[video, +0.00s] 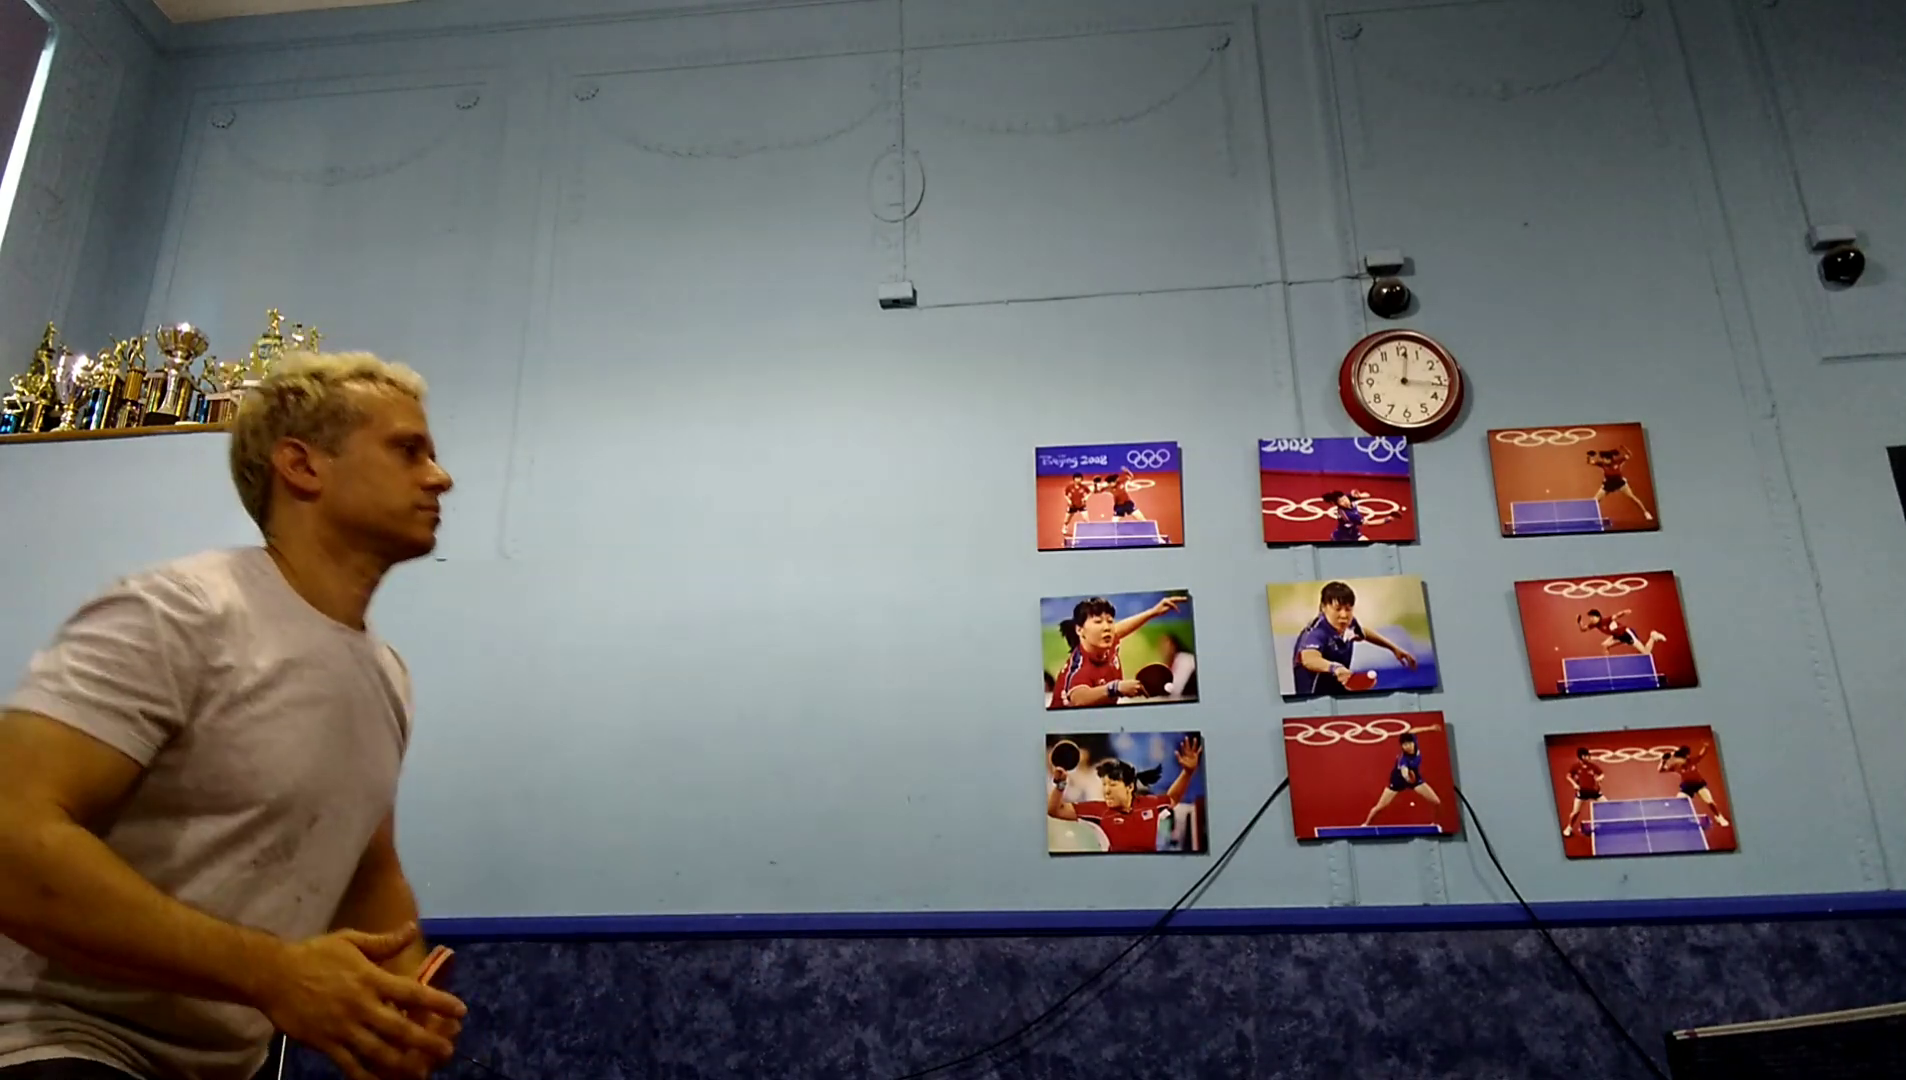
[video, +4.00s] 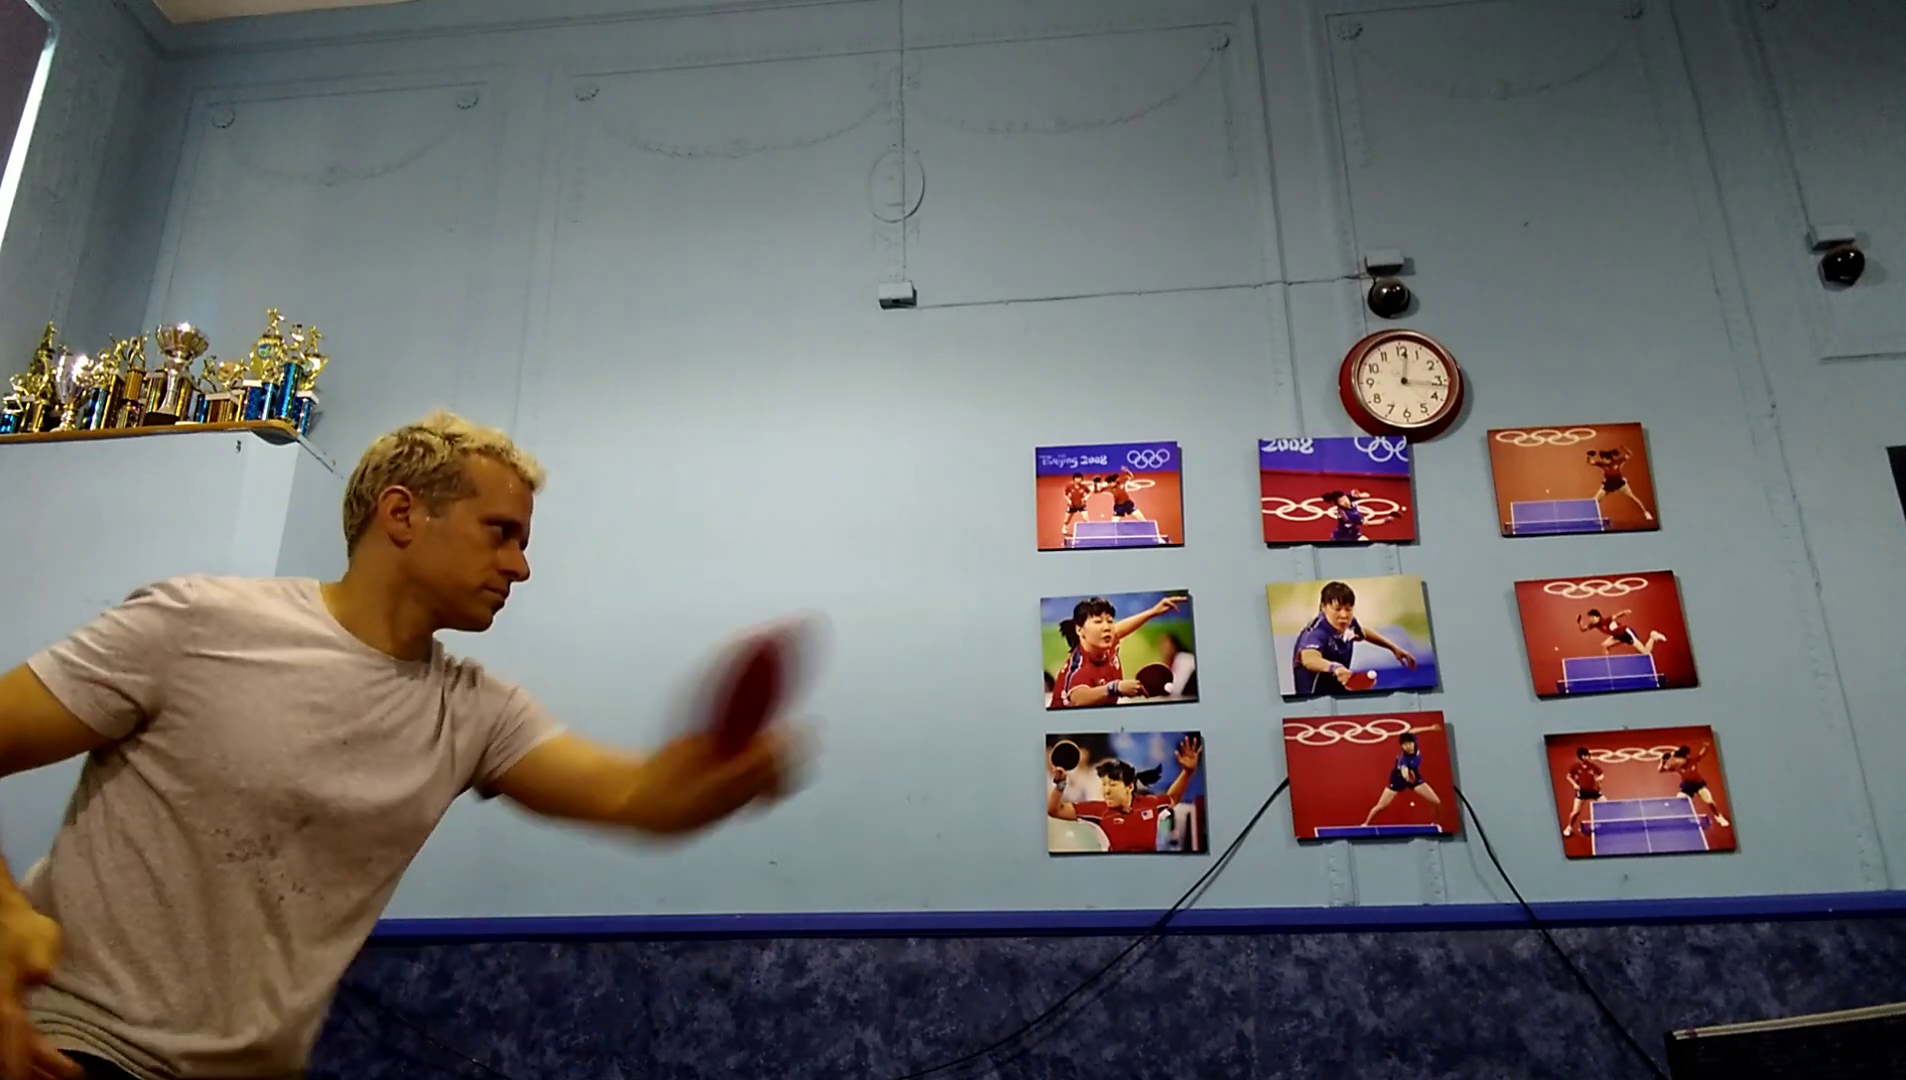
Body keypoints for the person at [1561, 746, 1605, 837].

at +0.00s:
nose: (1588, 758)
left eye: (1588, 755)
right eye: (1586, 756)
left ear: (1588, 756)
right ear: (1581, 757)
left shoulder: (1592, 766)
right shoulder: (1576, 767)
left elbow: (1602, 774)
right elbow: (1568, 776)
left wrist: (1598, 779)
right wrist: (1574, 784)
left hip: (1594, 791)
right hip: (1582, 791)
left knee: (1607, 806)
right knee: (1576, 812)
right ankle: (1569, 827)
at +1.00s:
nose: (1588, 758)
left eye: (1588, 755)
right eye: (1586, 756)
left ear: (1588, 756)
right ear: (1581, 757)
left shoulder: (1592, 766)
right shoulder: (1576, 767)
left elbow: (1602, 774)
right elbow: (1568, 776)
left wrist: (1598, 779)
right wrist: (1574, 784)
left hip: (1594, 791)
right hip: (1582, 791)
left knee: (1607, 806)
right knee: (1576, 812)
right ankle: (1569, 827)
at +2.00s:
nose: (1587, 758)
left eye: (1588, 755)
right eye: (1585, 755)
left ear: (1589, 756)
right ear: (1581, 757)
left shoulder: (1592, 766)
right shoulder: (1576, 766)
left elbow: (1602, 774)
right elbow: (1568, 776)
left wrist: (1598, 779)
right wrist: (1574, 785)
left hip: (1594, 791)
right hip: (1582, 791)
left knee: (1606, 806)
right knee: (1576, 811)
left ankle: (1606, 826)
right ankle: (1569, 827)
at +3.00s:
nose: (1587, 758)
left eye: (1588, 755)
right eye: (1585, 755)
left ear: (1589, 756)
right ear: (1581, 757)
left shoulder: (1592, 766)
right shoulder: (1576, 766)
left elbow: (1602, 774)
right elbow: (1568, 776)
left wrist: (1598, 779)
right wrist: (1574, 785)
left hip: (1594, 791)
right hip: (1582, 791)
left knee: (1606, 806)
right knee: (1576, 811)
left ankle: (1606, 826)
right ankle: (1569, 827)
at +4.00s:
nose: (1587, 757)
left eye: (1588, 755)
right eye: (1585, 755)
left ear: (1589, 756)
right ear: (1581, 757)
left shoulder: (1592, 766)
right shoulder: (1576, 767)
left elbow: (1602, 774)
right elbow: (1568, 776)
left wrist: (1598, 779)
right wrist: (1574, 785)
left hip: (1594, 791)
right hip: (1582, 791)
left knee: (1606, 805)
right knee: (1576, 812)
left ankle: (1606, 826)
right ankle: (1569, 827)